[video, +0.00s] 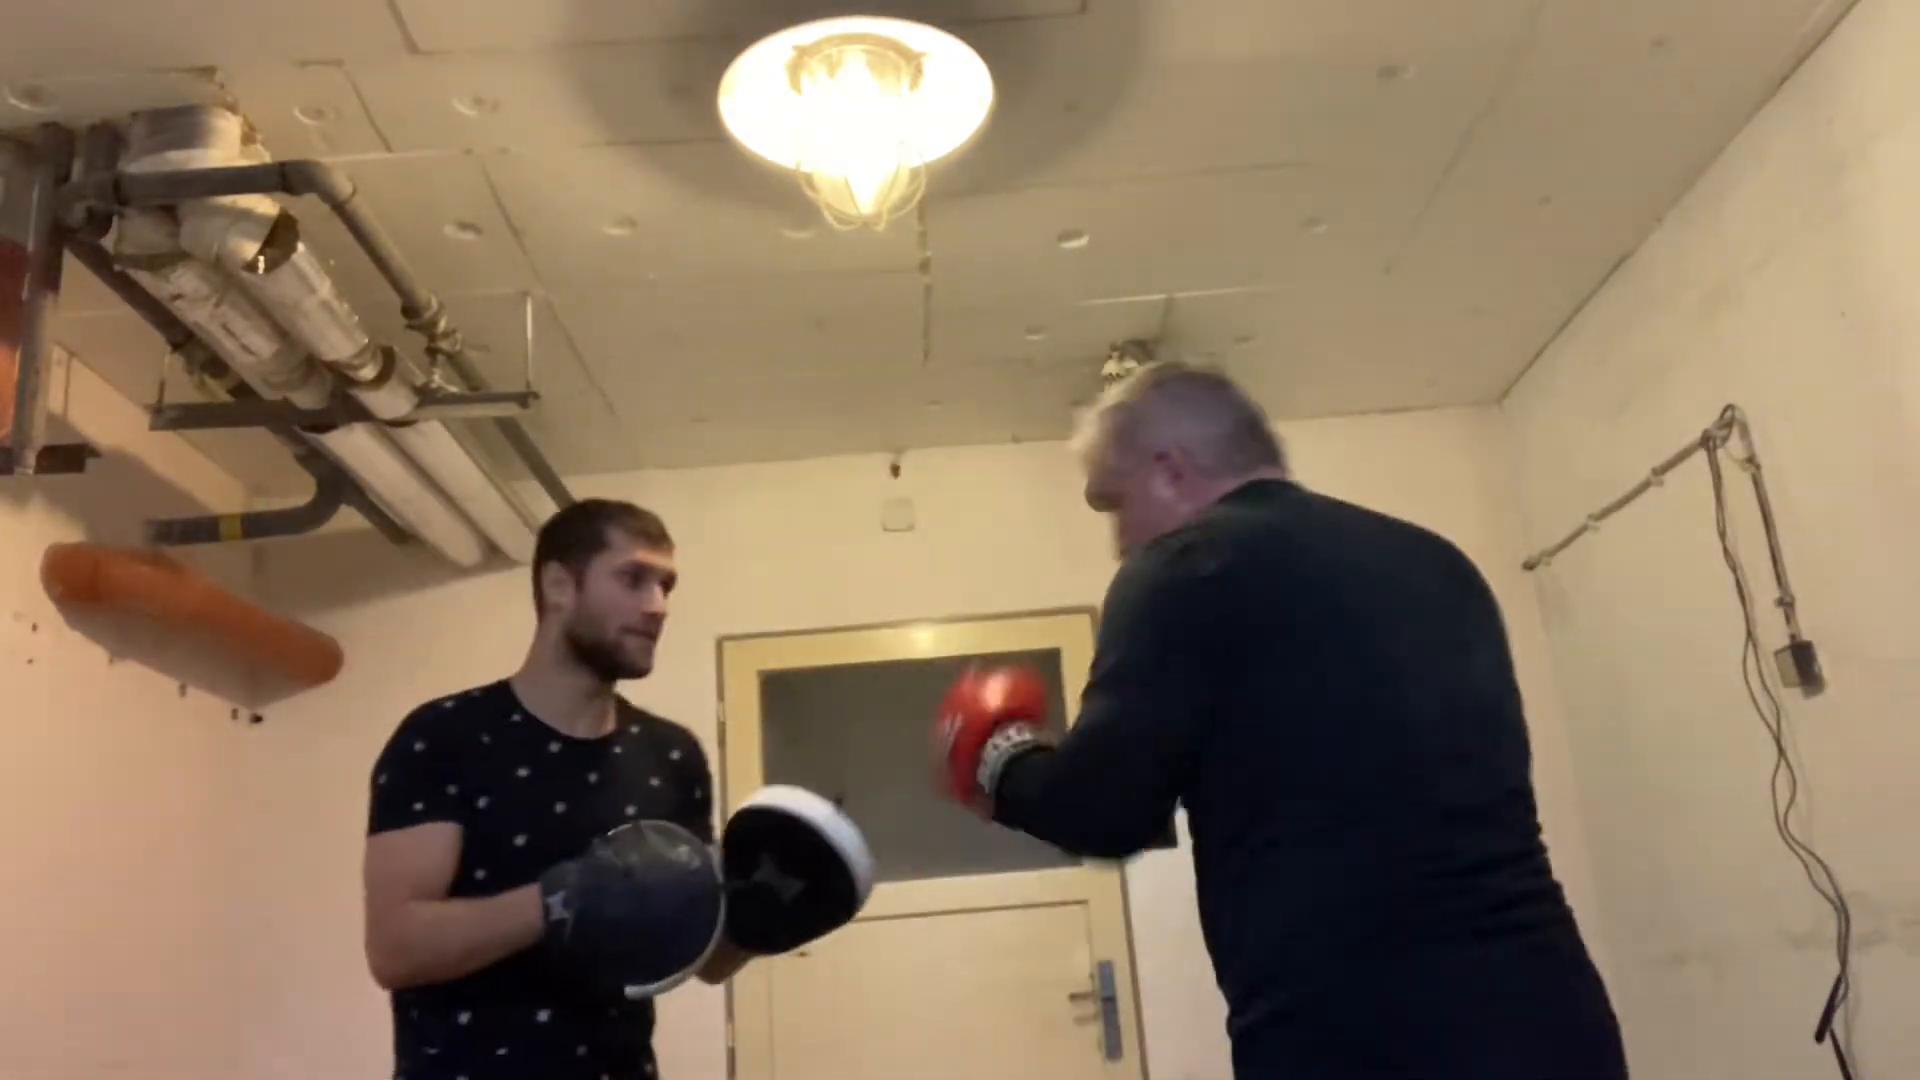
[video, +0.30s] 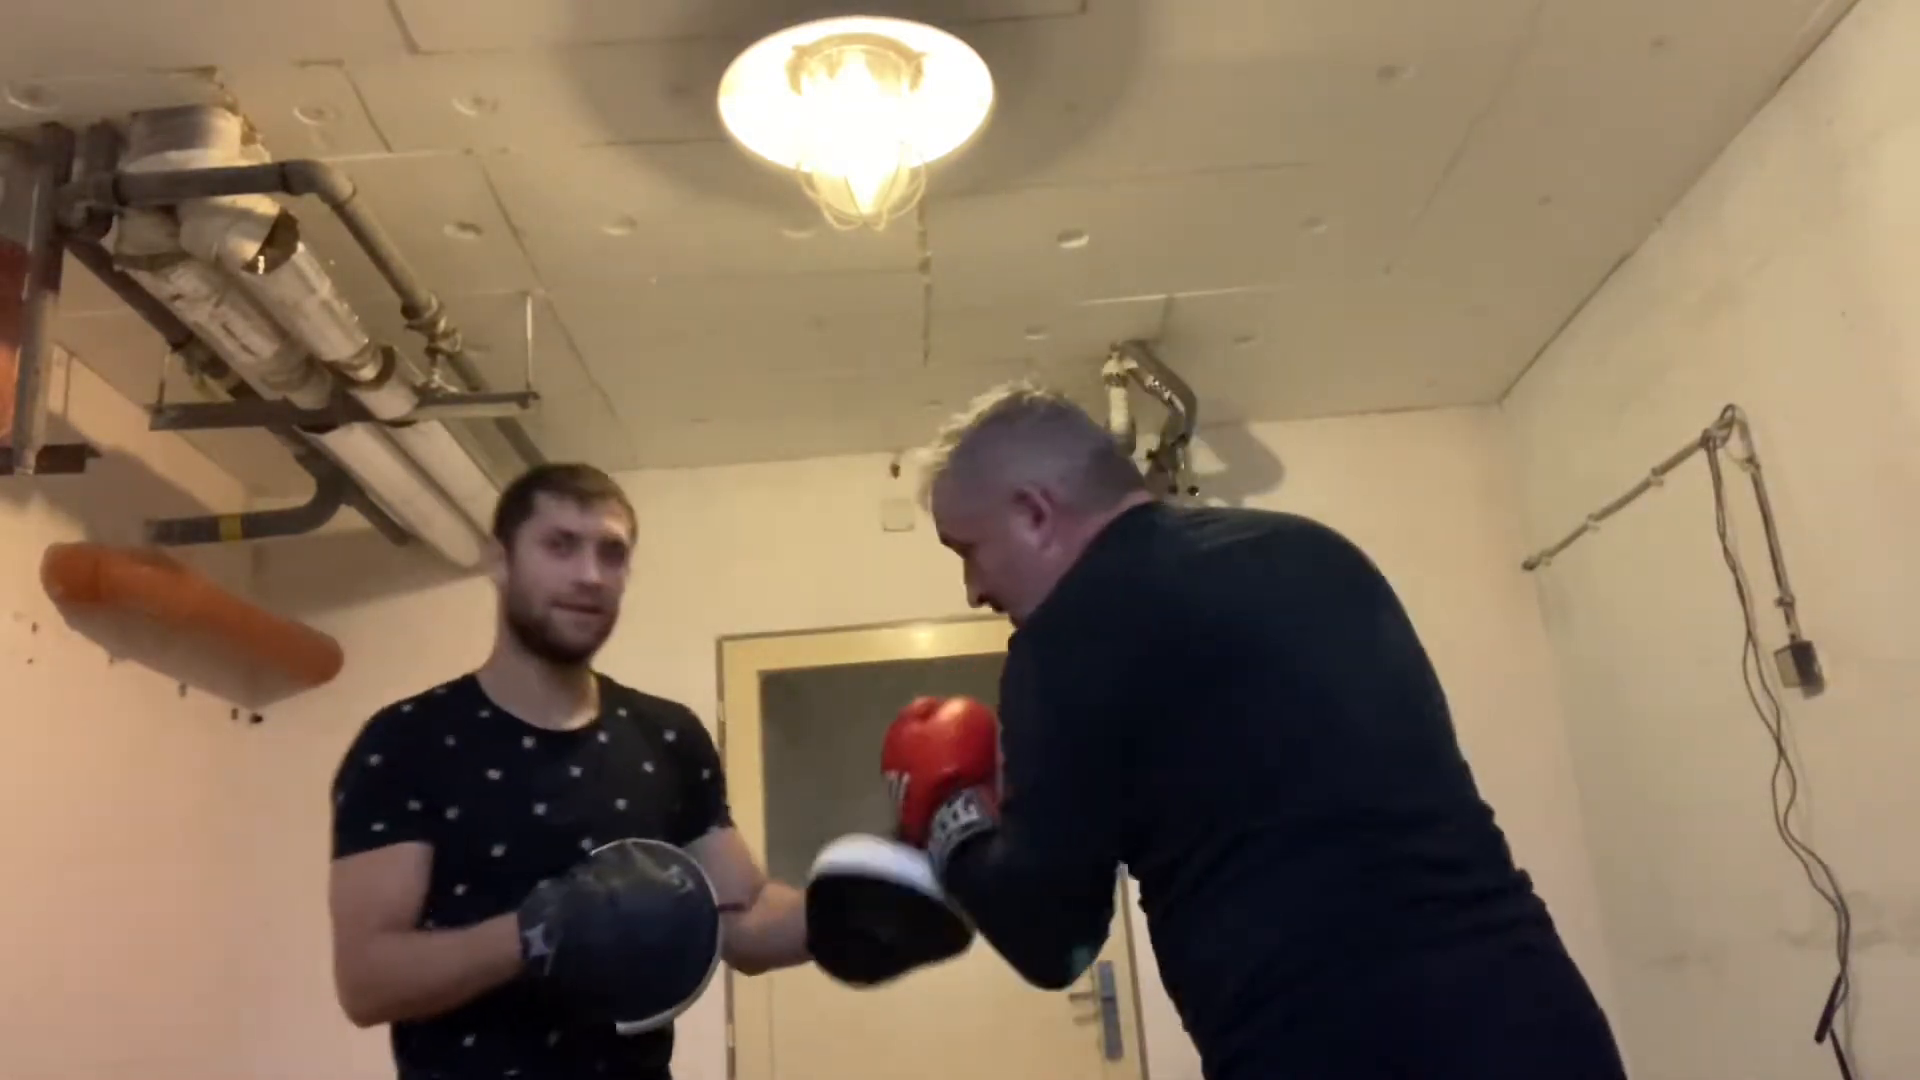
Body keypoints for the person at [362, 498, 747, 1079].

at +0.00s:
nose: (658, 606)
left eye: (665, 588)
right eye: (633, 580)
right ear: (557, 585)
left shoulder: (672, 757)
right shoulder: (442, 740)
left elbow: (707, 961)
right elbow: (394, 949)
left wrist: (757, 910)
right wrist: (564, 899)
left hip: (618, 1065)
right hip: (464, 1066)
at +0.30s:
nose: (591, 575)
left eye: (611, 554)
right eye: (560, 546)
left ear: (629, 574)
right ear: (499, 560)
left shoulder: (669, 739)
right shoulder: (406, 747)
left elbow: (743, 914)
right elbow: (367, 981)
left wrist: (841, 918)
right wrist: (540, 929)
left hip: (630, 1067)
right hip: (467, 1069)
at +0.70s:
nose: (648, 494)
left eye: (675, 475)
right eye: (618, 461)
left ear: (695, 505)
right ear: (556, 476)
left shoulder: (704, 696)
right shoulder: (435, 663)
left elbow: (727, 909)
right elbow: (378, 920)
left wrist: (901, 936)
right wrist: (622, 870)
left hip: (646, 1059)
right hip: (463, 1059)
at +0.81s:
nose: (707, 494)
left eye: (733, 476)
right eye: (678, 462)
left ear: (751, 504)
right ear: (611, 472)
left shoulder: (747, 704)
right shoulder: (484, 655)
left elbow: (774, 913)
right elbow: (413, 911)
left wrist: (958, 939)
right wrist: (670, 873)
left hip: (669, 1063)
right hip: (486, 1062)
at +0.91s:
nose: (766, 488)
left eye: (794, 469)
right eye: (738, 452)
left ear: (806, 501)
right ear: (672, 461)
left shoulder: (792, 705)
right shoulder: (533, 634)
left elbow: (808, 919)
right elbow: (451, 893)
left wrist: (1005, 927)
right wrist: (700, 882)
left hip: (690, 1060)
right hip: (512, 1059)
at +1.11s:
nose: (831, 487)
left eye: (858, 470)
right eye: (805, 449)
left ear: (872, 499)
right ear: (731, 454)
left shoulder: (836, 708)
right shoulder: (596, 611)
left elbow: (863, 918)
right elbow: (510, 871)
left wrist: (1083, 888)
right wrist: (794, 887)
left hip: (712, 1061)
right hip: (537, 1054)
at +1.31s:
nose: (817, 481)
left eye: (845, 462)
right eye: (790, 441)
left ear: (856, 491)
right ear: (718, 447)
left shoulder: (812, 702)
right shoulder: (584, 604)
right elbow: (543, 878)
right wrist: (828, 864)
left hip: (697, 1057)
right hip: (527, 1055)